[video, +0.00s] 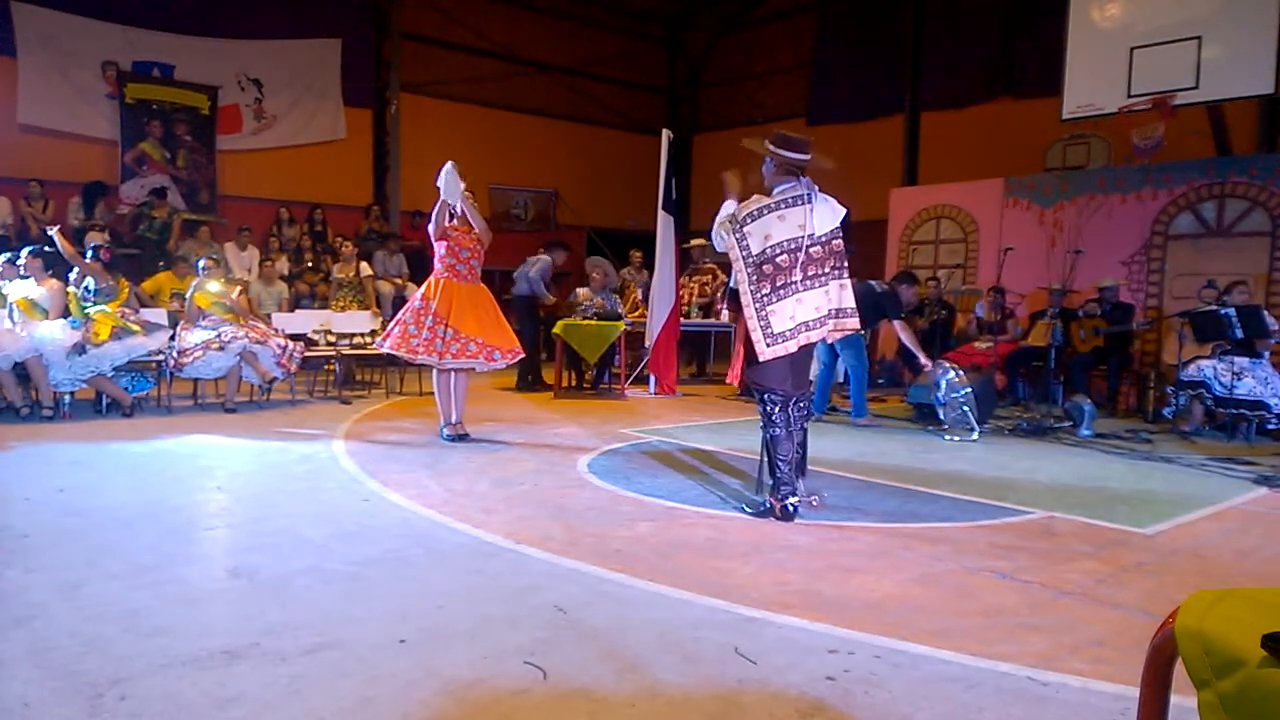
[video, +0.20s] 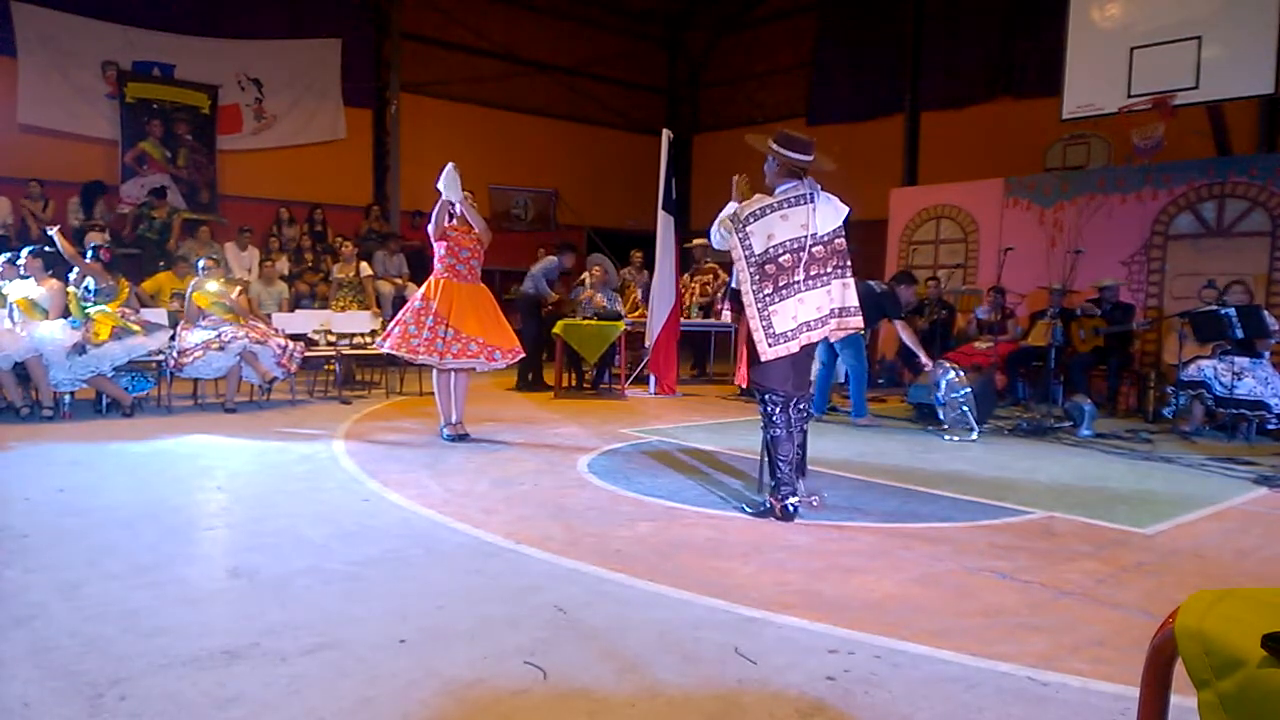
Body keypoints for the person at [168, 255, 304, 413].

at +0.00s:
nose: (207, 273)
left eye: (211, 268)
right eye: (203, 270)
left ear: (221, 269)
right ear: (200, 274)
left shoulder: (235, 289)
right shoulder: (199, 294)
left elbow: (246, 313)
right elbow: (192, 319)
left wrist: (229, 299)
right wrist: (192, 293)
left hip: (233, 327)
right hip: (208, 329)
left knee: (236, 358)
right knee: (238, 341)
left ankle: (229, 400)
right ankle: (264, 374)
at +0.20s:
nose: (207, 273)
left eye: (211, 269)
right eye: (203, 270)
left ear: (221, 269)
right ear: (199, 273)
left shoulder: (235, 288)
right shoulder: (198, 293)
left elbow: (246, 313)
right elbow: (191, 319)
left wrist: (229, 300)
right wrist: (191, 293)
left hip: (233, 327)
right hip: (207, 329)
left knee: (236, 357)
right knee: (238, 341)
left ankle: (229, 400)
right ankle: (264, 375)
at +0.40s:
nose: (206, 273)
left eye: (210, 269)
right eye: (203, 270)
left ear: (221, 270)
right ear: (199, 273)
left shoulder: (234, 289)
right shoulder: (197, 293)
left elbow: (245, 313)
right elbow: (191, 319)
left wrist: (227, 299)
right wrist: (190, 293)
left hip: (233, 327)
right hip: (207, 329)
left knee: (236, 357)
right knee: (238, 341)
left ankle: (230, 400)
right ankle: (264, 374)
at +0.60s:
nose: (205, 273)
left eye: (210, 269)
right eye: (202, 270)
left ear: (220, 270)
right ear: (198, 273)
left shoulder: (234, 289)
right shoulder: (196, 292)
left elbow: (245, 313)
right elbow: (191, 319)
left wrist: (227, 298)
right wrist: (189, 293)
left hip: (233, 327)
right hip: (206, 329)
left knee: (236, 357)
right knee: (238, 341)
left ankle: (229, 400)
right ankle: (264, 374)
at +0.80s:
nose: (205, 273)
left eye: (209, 269)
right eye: (201, 270)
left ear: (219, 270)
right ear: (198, 273)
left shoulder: (234, 289)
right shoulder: (195, 292)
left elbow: (244, 312)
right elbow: (190, 319)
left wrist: (225, 298)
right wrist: (189, 292)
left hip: (233, 327)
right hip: (207, 329)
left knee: (237, 356)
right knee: (238, 341)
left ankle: (229, 400)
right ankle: (264, 374)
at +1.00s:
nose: (204, 273)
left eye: (209, 269)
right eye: (201, 270)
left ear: (219, 270)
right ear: (197, 273)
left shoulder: (234, 289)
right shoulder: (195, 292)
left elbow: (244, 312)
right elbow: (190, 319)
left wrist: (225, 299)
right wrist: (189, 292)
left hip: (233, 327)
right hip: (206, 329)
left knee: (237, 356)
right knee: (238, 341)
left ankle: (229, 400)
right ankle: (264, 374)